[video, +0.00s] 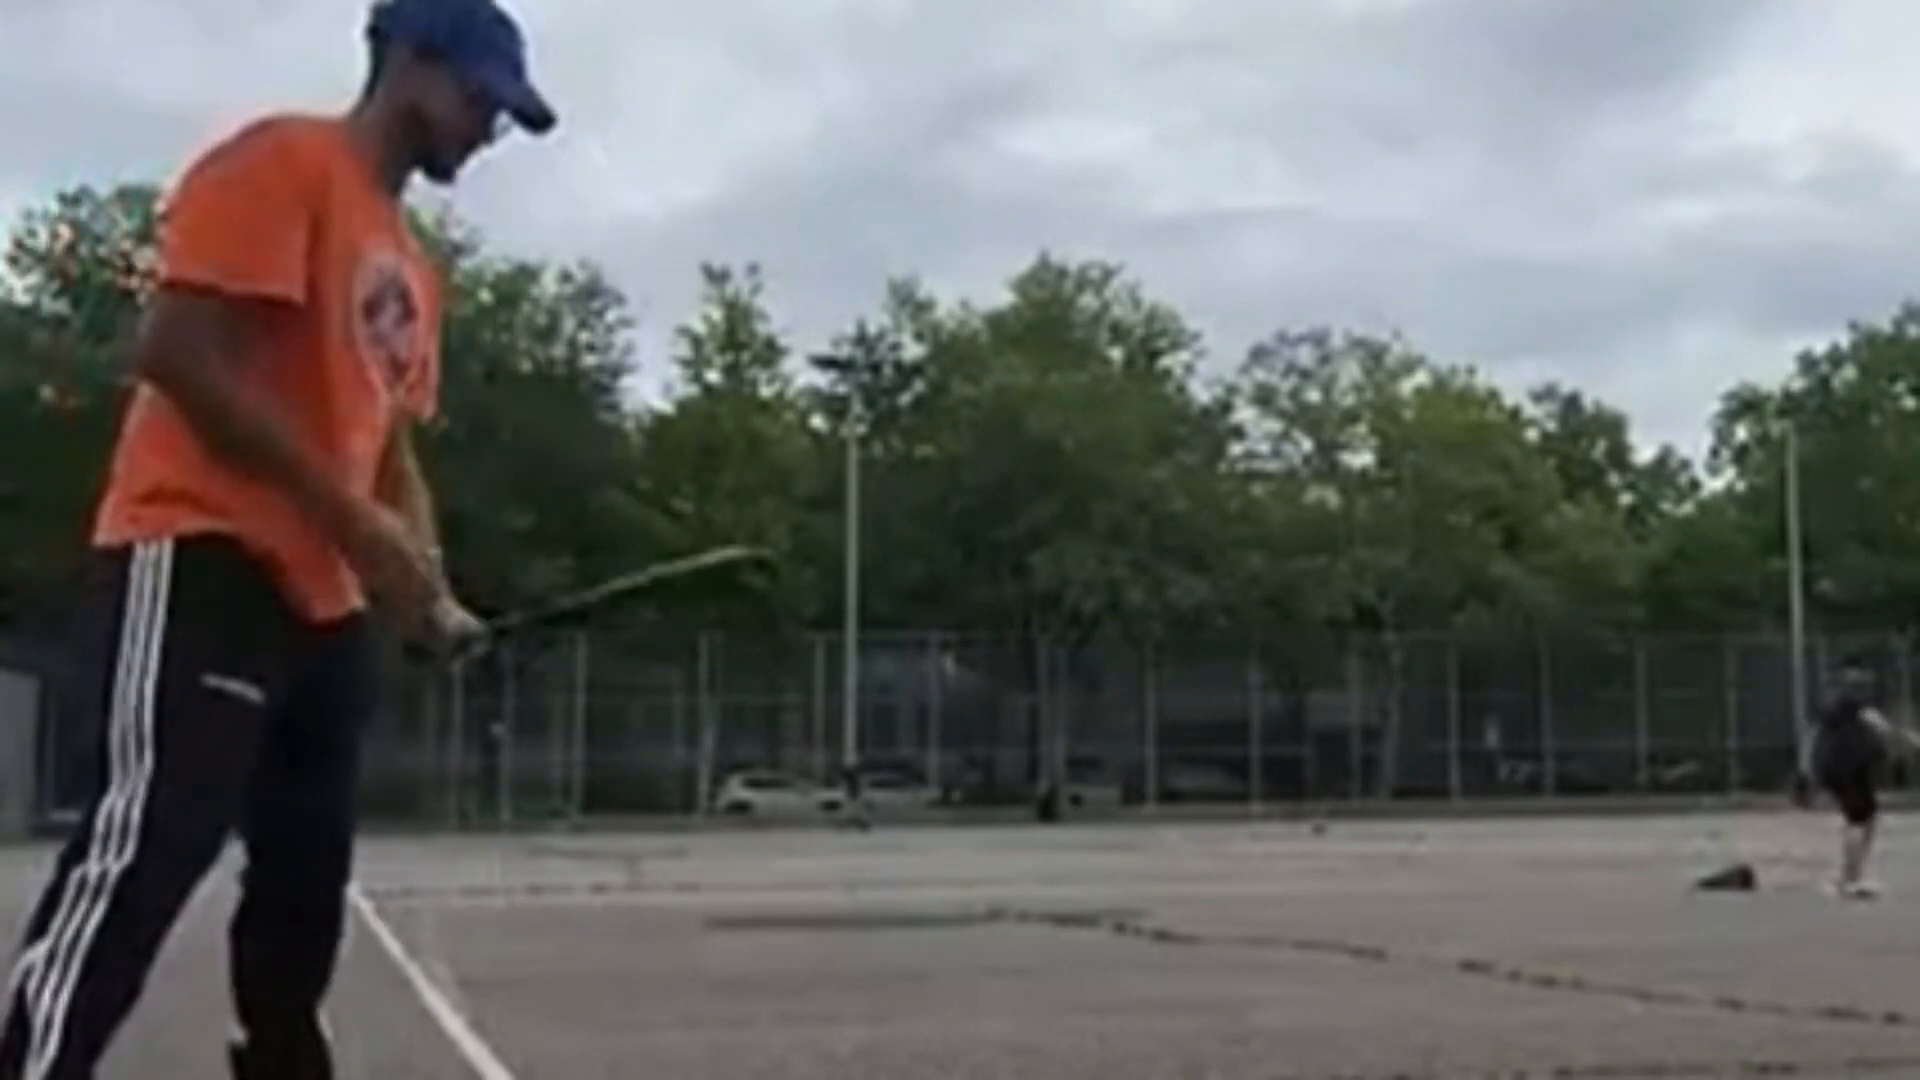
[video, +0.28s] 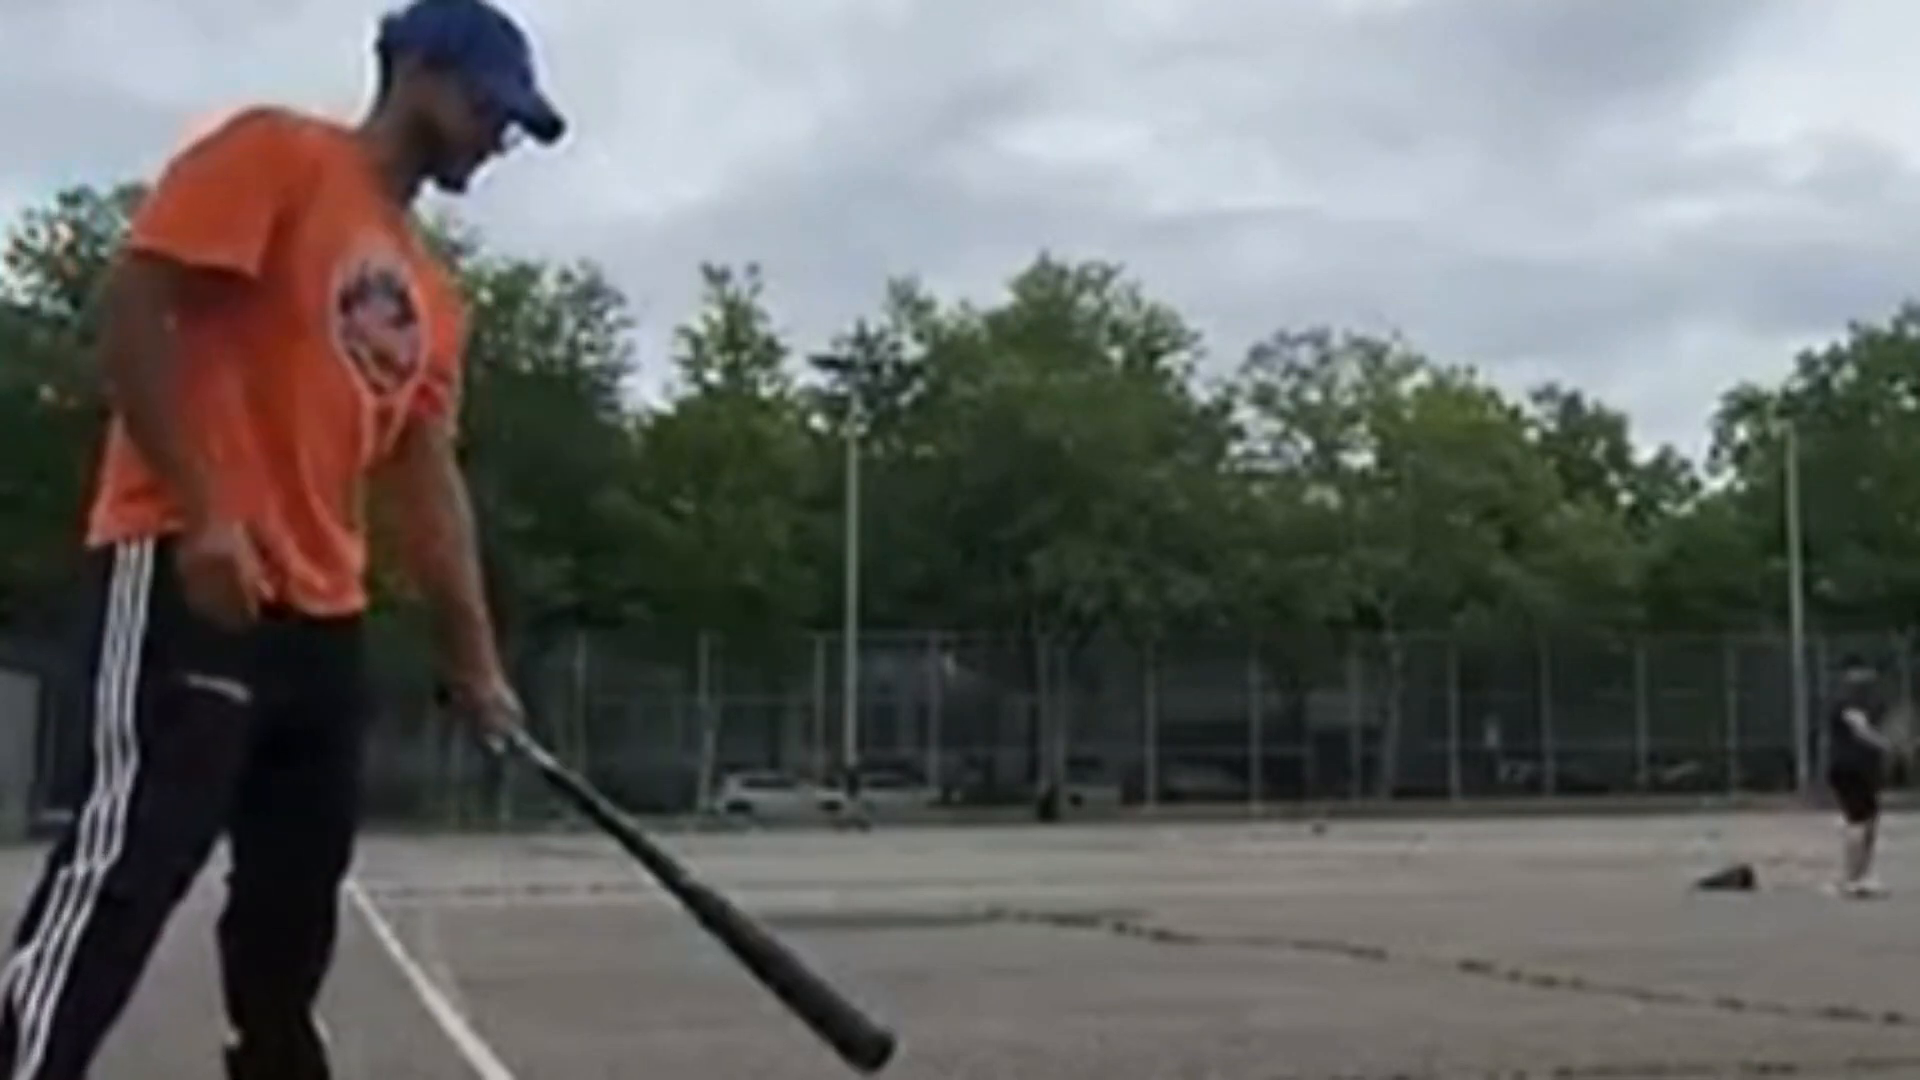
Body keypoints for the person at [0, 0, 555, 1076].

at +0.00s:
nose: (490, 130)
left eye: (502, 113)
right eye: (482, 100)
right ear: (414, 64)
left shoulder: (413, 267)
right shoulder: (285, 155)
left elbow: (391, 451)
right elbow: (175, 344)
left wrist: (420, 578)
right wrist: (361, 529)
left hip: (315, 580)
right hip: (198, 546)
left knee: (306, 856)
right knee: (153, 829)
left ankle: (279, 1053)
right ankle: (38, 1058)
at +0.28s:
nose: (503, 137)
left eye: (514, 121)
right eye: (493, 108)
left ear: (450, 101)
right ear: (420, 71)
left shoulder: (436, 294)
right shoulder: (275, 148)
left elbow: (426, 474)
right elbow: (133, 308)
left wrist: (476, 659)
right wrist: (197, 511)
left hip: (318, 602)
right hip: (186, 562)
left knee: (299, 867)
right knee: (131, 853)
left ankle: (273, 1049)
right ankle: (33, 1058)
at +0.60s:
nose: (177, 39)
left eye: (178, 21)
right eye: (157, 15)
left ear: (163, 32)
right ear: (89, 14)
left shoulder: (161, 159)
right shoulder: (15, 132)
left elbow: (278, 23)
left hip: (114, 565)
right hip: (27, 560)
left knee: (194, 880)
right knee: (186, 882)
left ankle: (216, 1068)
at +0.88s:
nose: (196, 46)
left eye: (192, 22)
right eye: (175, 17)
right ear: (102, 20)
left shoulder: (168, 170)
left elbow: (302, 35)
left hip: (123, 577)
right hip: (36, 575)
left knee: (214, 890)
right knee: (210, 890)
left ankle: (216, 1066)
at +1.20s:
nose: (229, 65)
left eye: (228, 40)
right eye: (212, 32)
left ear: (140, 41)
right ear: (150, 30)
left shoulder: (201, 178)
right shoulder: (23, 150)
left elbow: (313, 47)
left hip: (161, 586)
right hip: (32, 582)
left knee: (244, 893)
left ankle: (222, 1068)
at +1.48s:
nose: (228, 137)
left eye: (227, 110)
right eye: (216, 106)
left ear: (141, 99)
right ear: (147, 93)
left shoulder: (208, 249)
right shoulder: (9, 190)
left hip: (98, 611)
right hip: (43, 611)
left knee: (319, 848)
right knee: (315, 848)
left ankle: (349, 1060)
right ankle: (348, 1059)